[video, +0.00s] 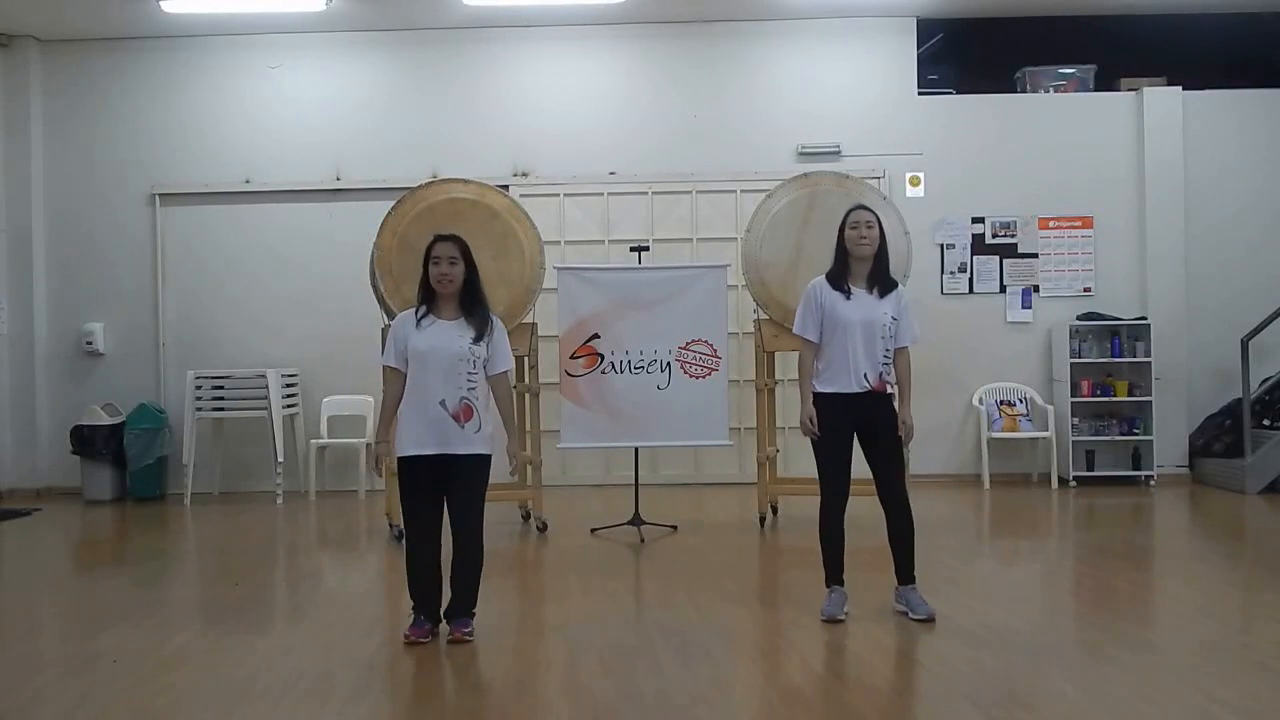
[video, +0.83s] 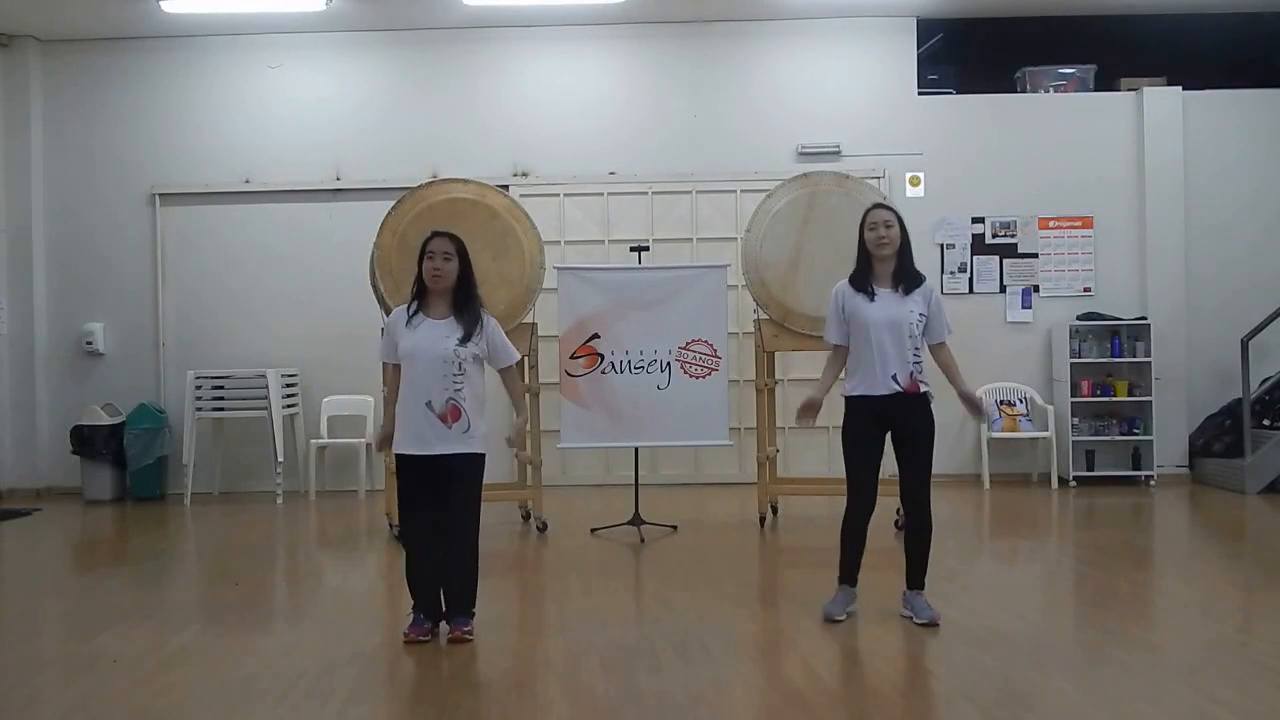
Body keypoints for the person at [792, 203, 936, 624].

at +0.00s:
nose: (862, 232)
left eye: (870, 226)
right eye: (854, 227)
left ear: (881, 237)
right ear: (842, 237)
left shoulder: (892, 294)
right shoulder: (821, 289)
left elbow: (901, 354)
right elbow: (807, 350)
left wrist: (905, 407)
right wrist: (806, 402)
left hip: (878, 405)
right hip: (830, 405)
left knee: (896, 497)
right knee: (833, 499)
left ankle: (907, 588)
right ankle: (835, 590)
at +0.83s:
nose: (881, 233)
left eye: (889, 225)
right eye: (873, 227)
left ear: (902, 234)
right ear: (862, 237)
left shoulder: (922, 289)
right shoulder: (846, 292)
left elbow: (939, 347)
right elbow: (838, 351)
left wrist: (963, 390)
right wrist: (819, 394)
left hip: (913, 407)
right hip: (862, 408)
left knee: (917, 503)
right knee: (860, 503)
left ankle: (914, 594)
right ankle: (846, 590)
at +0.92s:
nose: (882, 241)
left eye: (889, 234)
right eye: (874, 236)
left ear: (902, 241)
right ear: (863, 245)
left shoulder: (922, 296)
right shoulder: (846, 300)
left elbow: (951, 352)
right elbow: (830, 357)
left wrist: (973, 348)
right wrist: (797, 354)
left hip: (913, 412)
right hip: (862, 413)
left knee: (920, 506)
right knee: (859, 507)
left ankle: (915, 594)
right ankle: (864, 584)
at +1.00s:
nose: (881, 243)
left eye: (888, 236)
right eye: (873, 238)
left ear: (902, 243)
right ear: (862, 247)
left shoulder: (921, 295)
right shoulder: (845, 298)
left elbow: (953, 344)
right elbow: (820, 348)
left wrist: (964, 313)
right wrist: (798, 327)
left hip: (910, 413)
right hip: (860, 414)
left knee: (917, 507)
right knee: (851, 506)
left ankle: (915, 594)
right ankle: (866, 582)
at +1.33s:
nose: (854, 241)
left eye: (862, 234)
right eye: (846, 235)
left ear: (875, 242)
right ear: (835, 243)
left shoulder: (888, 294)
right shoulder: (816, 289)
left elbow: (884, 341)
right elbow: (811, 334)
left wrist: (845, 303)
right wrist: (833, 295)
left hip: (862, 411)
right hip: (812, 408)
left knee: (887, 506)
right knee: (800, 505)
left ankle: (912, 595)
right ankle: (778, 596)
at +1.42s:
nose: (846, 243)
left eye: (854, 237)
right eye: (838, 237)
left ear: (864, 247)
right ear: (825, 245)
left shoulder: (874, 303)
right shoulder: (800, 293)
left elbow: (890, 362)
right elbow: (777, 349)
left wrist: (874, 338)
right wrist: (797, 331)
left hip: (841, 413)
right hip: (794, 409)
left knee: (873, 507)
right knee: (790, 508)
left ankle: (894, 591)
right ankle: (777, 597)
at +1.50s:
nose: (842, 241)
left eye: (849, 235)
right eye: (834, 234)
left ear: (859, 247)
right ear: (819, 244)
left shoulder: (866, 305)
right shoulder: (793, 293)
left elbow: (887, 365)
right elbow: (758, 343)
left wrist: (902, 344)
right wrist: (761, 335)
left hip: (834, 414)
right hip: (788, 412)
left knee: (859, 506)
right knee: (789, 506)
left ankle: (862, 584)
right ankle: (777, 597)